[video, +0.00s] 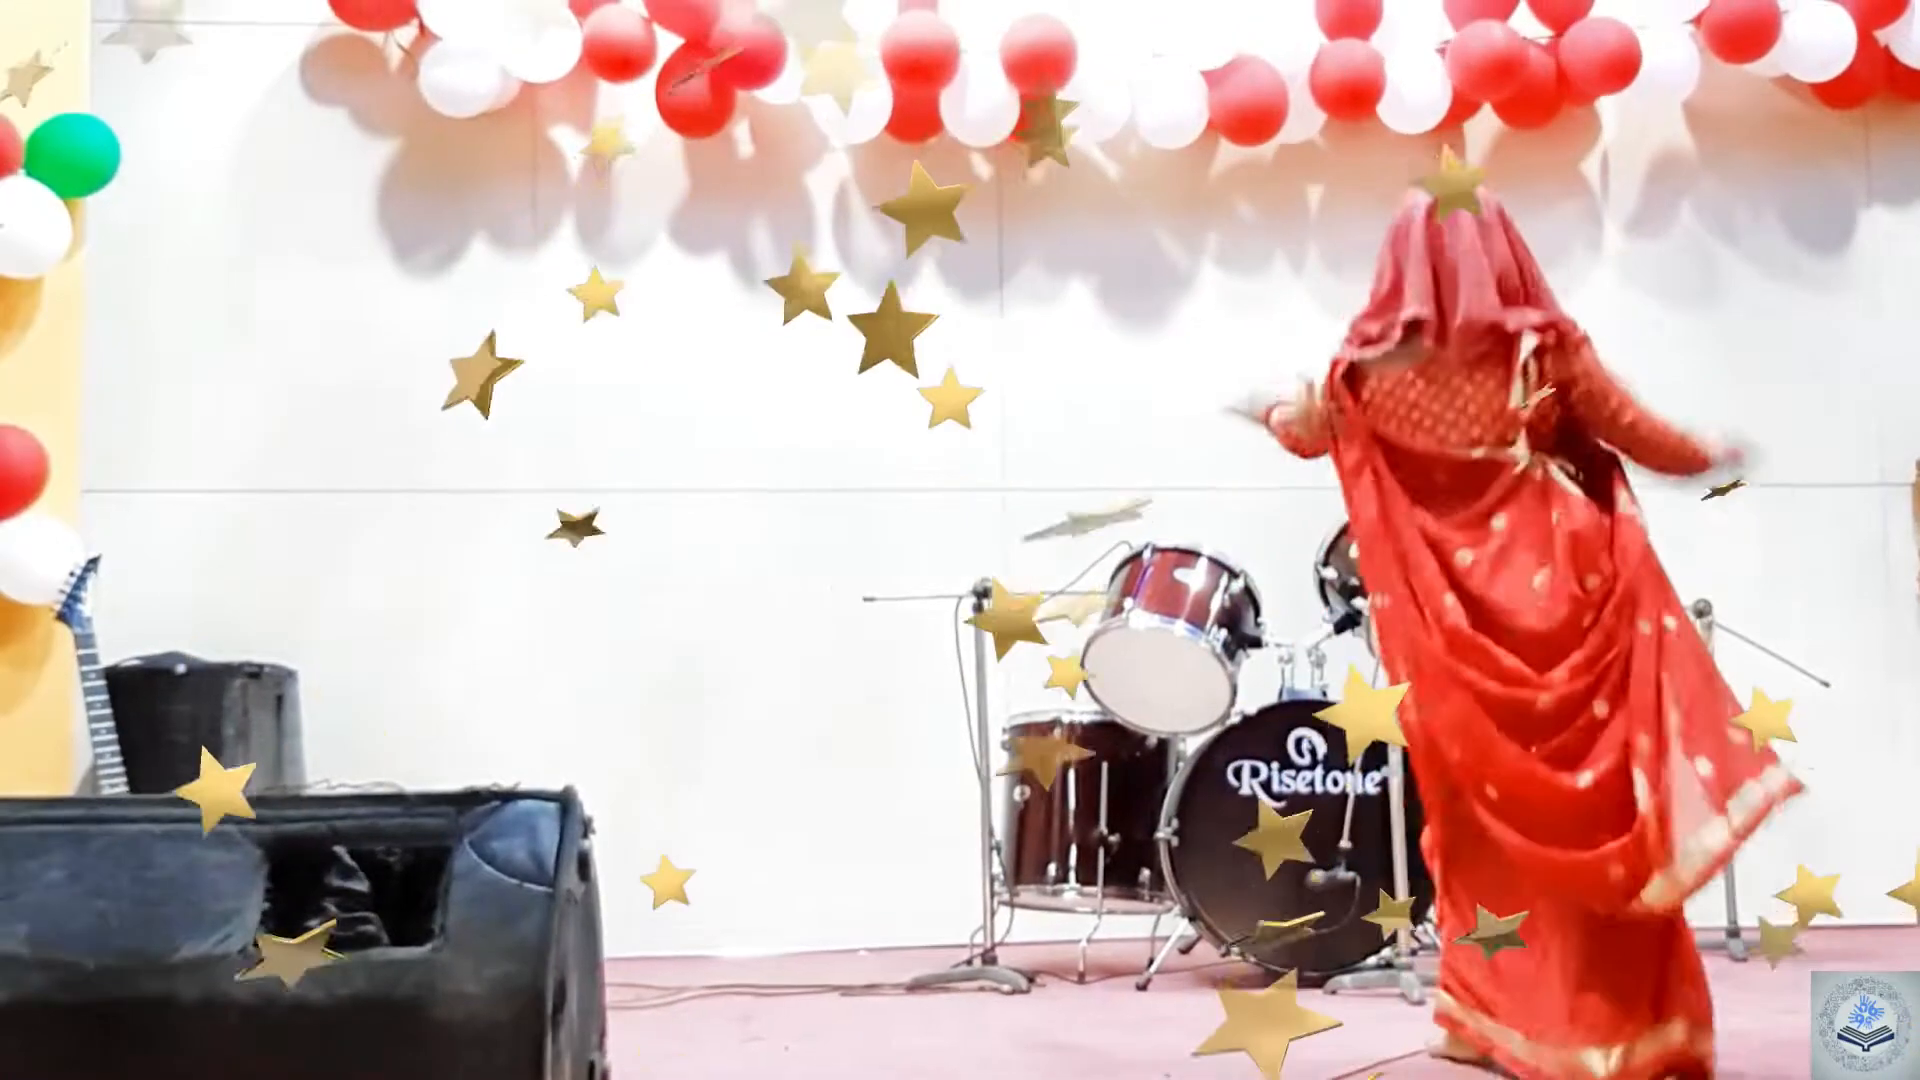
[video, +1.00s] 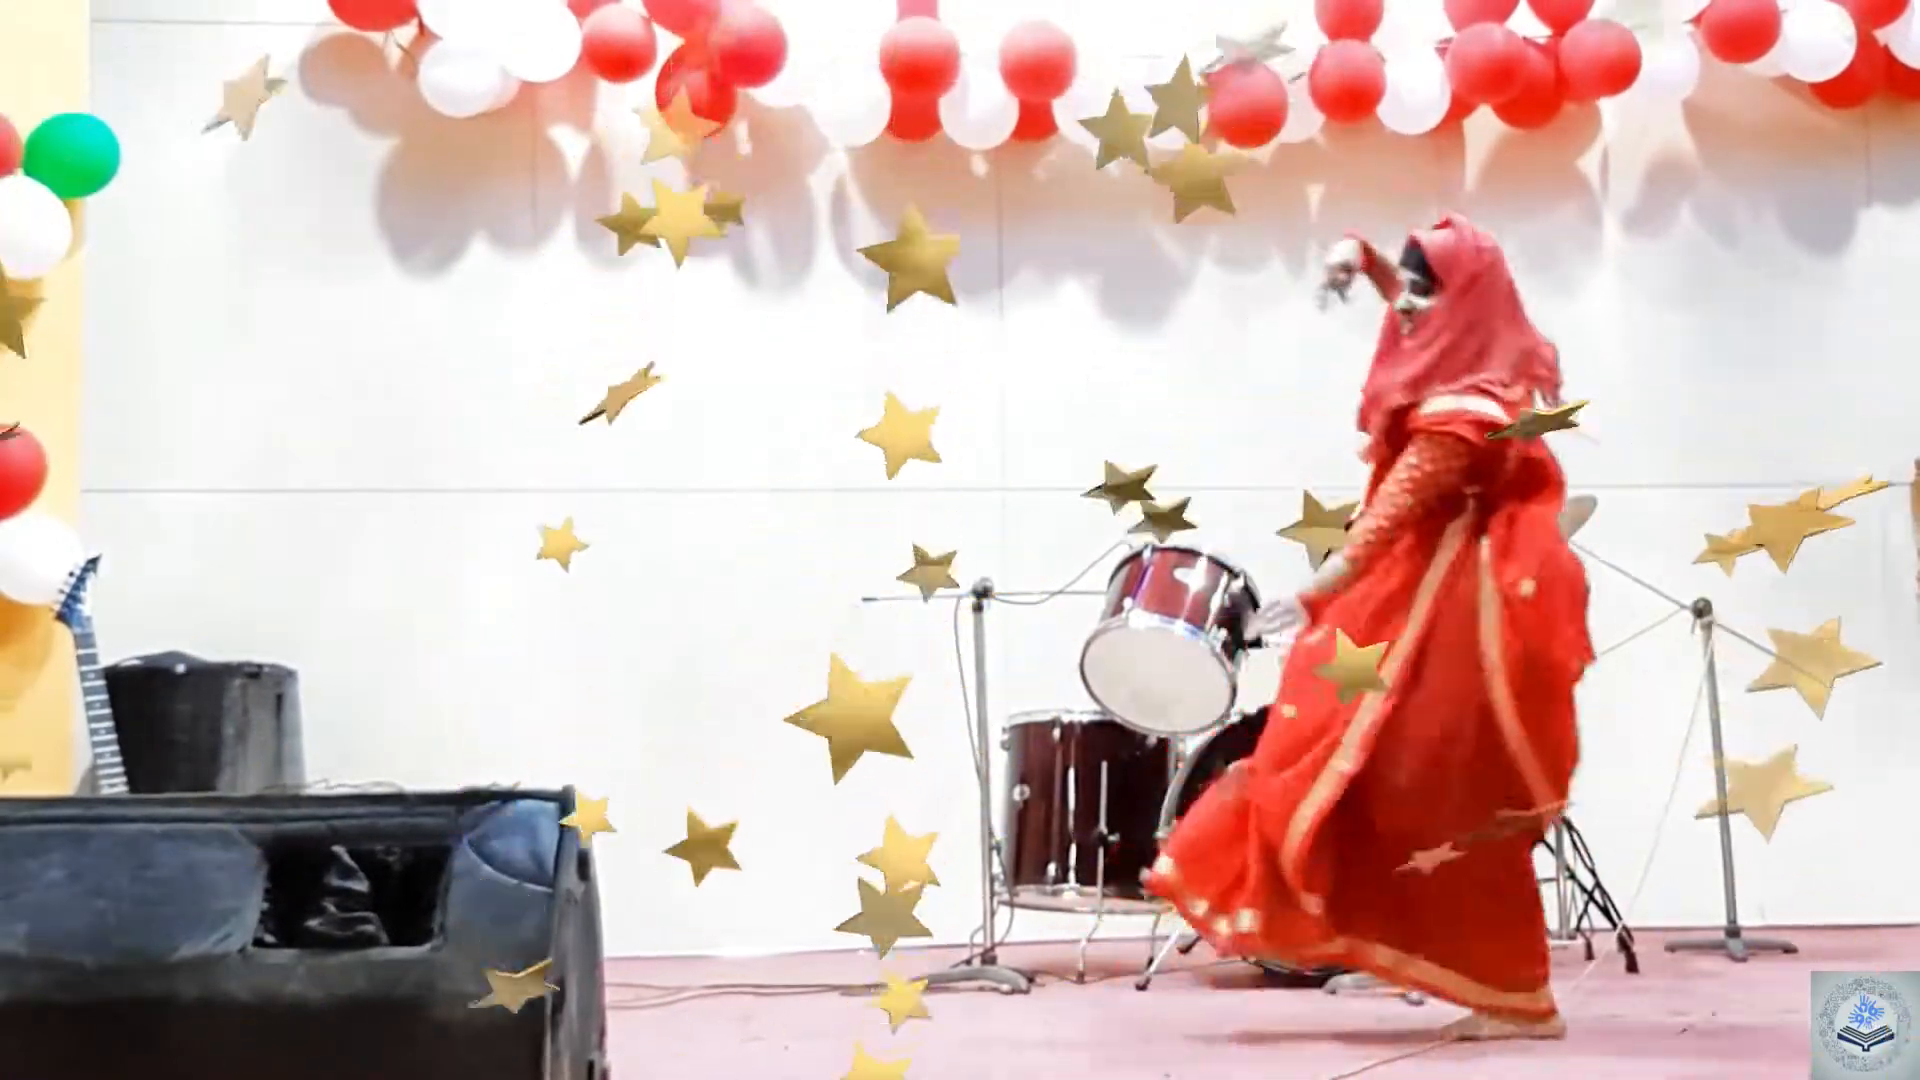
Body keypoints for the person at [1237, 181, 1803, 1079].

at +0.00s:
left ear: (1400, 264)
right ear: (1504, 259)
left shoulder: (1366, 373)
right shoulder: (1546, 352)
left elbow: (1308, 434)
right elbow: (1637, 432)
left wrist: (1273, 414)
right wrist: (1704, 458)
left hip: (1450, 629)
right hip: (1564, 614)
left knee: (1474, 827)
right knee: (1594, 817)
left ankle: (1488, 1021)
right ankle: (1619, 1028)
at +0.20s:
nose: (1417, 275)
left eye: (1412, 257)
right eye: (1416, 258)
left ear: (1370, 253)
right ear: (1484, 241)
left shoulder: (1369, 355)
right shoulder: (1535, 322)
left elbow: (1318, 468)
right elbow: (1564, 436)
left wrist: (1263, 539)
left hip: (1396, 594)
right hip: (1525, 574)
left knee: (1416, 792)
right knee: (1532, 754)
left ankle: (1460, 1008)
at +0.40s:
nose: (1350, 246)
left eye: (1352, 229)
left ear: (1358, 238)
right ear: (1449, 237)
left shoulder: (1344, 333)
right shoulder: (1489, 330)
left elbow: (1287, 443)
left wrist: (1210, 486)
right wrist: (1319, 259)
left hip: (1373, 586)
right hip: (1464, 575)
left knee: (1364, 784)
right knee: (1390, 768)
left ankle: (1449, 1003)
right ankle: (1401, 957)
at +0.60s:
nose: (1322, 286)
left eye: (1334, 272)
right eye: (1330, 271)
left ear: (1355, 284)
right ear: (1426, 298)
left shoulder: (1339, 360)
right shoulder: (1435, 406)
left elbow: (1232, 376)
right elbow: (1407, 525)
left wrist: (1174, 332)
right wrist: (1483, 567)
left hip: (1301, 625)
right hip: (1369, 630)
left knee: (1258, 810)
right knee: (1290, 810)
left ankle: (1469, 951)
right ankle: (1283, 993)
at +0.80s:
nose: (1343, 272)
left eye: (1353, 257)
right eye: (1346, 256)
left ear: (1388, 266)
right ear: (1425, 266)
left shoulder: (1385, 374)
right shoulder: (1442, 370)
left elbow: (1289, 448)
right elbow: (1342, 386)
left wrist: (1168, 473)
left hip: (1344, 609)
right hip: (1376, 601)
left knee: (1357, 797)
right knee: (1256, 779)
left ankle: (1496, 970)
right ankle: (1271, 973)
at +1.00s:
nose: (1405, 302)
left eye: (1421, 288)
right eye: (1405, 285)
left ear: (1459, 306)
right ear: (1462, 308)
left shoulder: (1461, 420)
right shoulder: (1456, 391)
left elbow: (1383, 527)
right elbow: (1420, 314)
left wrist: (1301, 598)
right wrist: (1374, 265)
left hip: (1476, 642)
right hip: (1471, 637)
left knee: (1468, 813)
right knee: (1471, 813)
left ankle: (1518, 996)